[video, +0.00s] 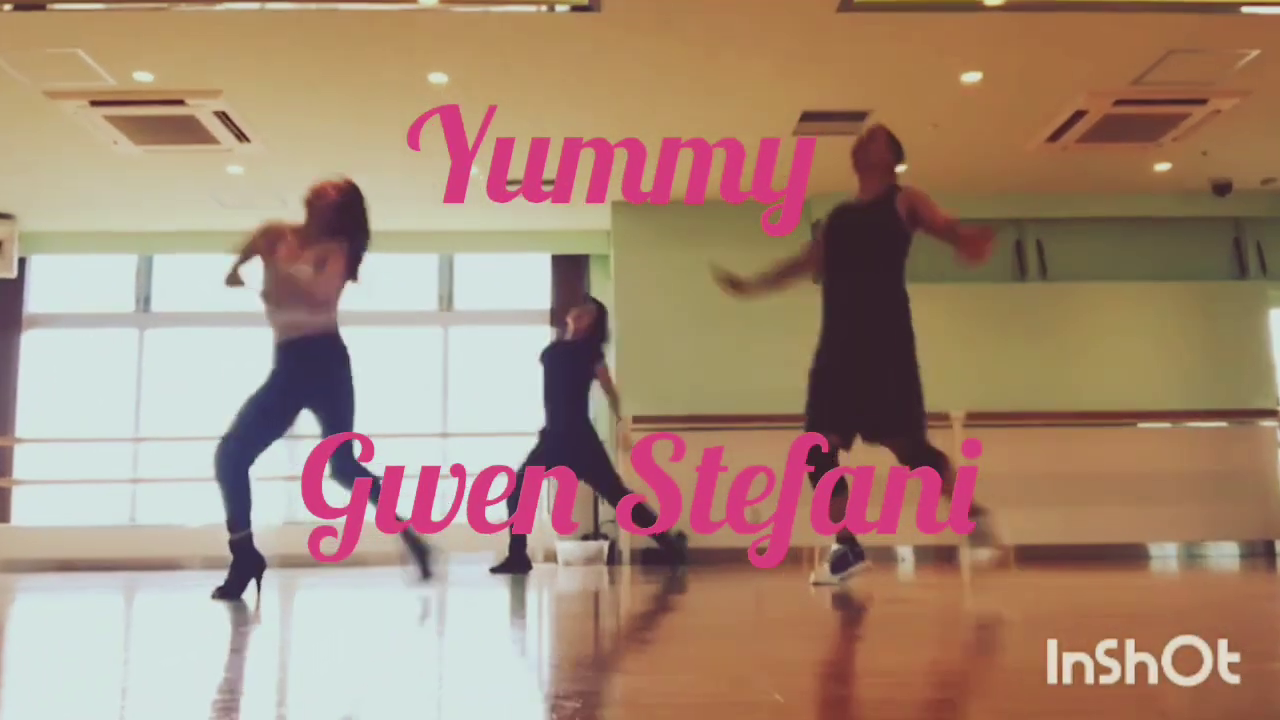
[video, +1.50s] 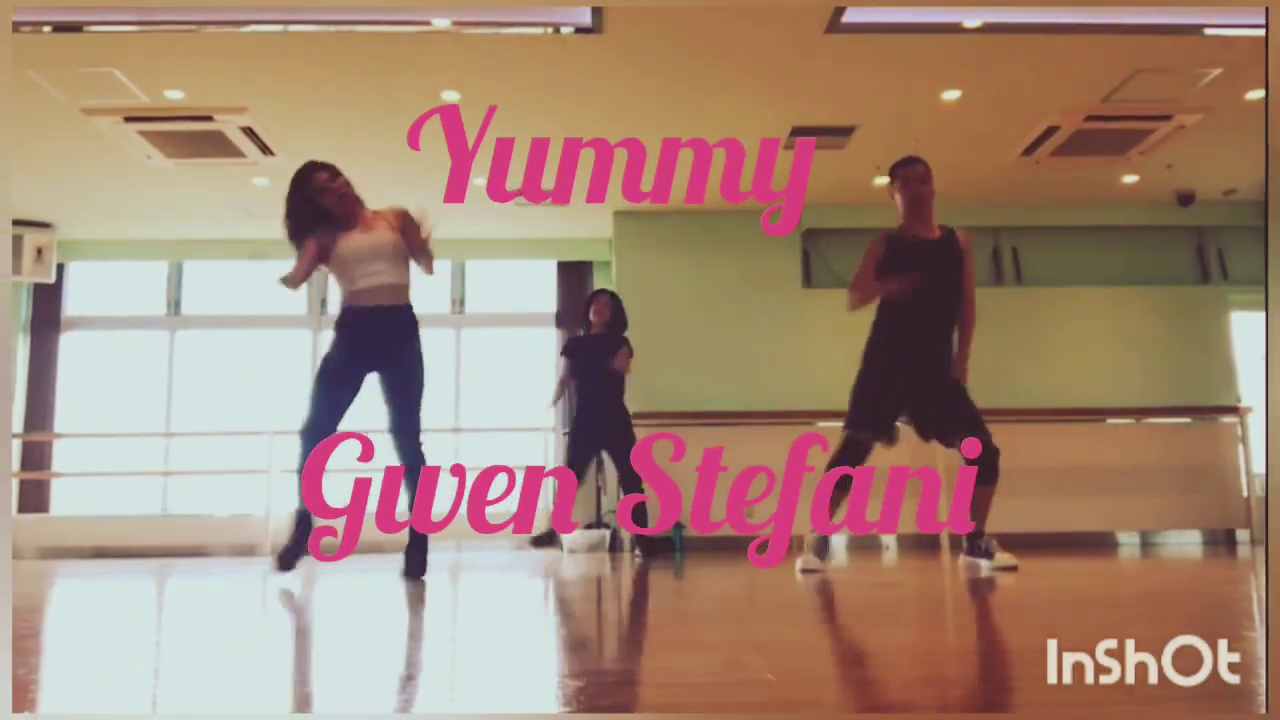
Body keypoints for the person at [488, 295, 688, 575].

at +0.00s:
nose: (576, 317)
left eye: (584, 315)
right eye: (575, 312)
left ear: (593, 325)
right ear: (569, 316)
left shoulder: (590, 351)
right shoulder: (553, 350)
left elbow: (609, 388)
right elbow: (556, 391)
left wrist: (619, 419)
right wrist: (552, 423)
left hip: (579, 437)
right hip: (553, 437)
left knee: (615, 494)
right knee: (517, 488)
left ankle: (668, 542)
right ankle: (517, 555)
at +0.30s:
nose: (530, 309)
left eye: (533, 303)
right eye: (523, 305)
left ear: (542, 308)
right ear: (514, 313)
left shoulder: (559, 346)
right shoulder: (512, 345)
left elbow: (591, 373)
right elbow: (464, 343)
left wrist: (622, 395)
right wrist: (424, 336)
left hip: (540, 430)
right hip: (514, 427)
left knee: (517, 496)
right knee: (506, 493)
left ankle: (482, 547)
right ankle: (480, 548)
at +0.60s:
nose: (522, 310)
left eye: (523, 304)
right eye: (514, 309)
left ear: (531, 306)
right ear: (508, 317)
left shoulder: (549, 341)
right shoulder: (513, 343)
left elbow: (549, 381)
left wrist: (553, 414)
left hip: (544, 425)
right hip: (518, 426)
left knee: (567, 480)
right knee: (507, 489)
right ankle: (484, 547)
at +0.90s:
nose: (551, 325)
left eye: (553, 320)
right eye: (544, 323)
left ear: (560, 324)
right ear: (537, 333)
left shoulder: (576, 352)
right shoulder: (548, 362)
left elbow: (589, 374)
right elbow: (566, 394)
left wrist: (603, 367)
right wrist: (595, 375)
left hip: (582, 429)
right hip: (561, 431)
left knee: (611, 484)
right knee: (537, 490)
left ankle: (639, 541)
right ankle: (493, 541)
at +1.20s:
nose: (584, 308)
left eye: (589, 304)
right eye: (579, 304)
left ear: (598, 309)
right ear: (572, 310)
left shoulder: (615, 337)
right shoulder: (570, 344)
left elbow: (642, 364)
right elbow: (572, 370)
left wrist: (635, 393)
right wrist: (575, 333)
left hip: (622, 414)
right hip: (594, 418)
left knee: (635, 474)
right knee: (609, 478)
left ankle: (641, 532)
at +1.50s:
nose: (599, 310)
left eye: (605, 307)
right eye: (596, 305)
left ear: (614, 313)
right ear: (588, 310)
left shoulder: (619, 342)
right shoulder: (576, 343)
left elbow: (625, 362)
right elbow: (566, 375)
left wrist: (621, 364)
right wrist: (557, 395)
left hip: (615, 417)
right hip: (585, 417)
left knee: (631, 476)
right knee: (571, 474)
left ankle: (641, 534)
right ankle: (554, 530)